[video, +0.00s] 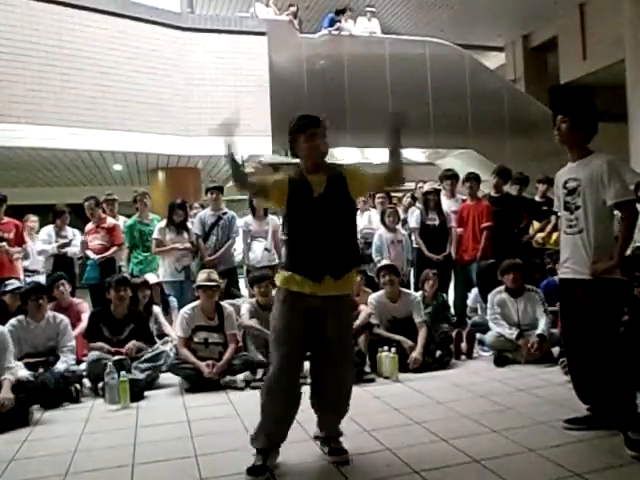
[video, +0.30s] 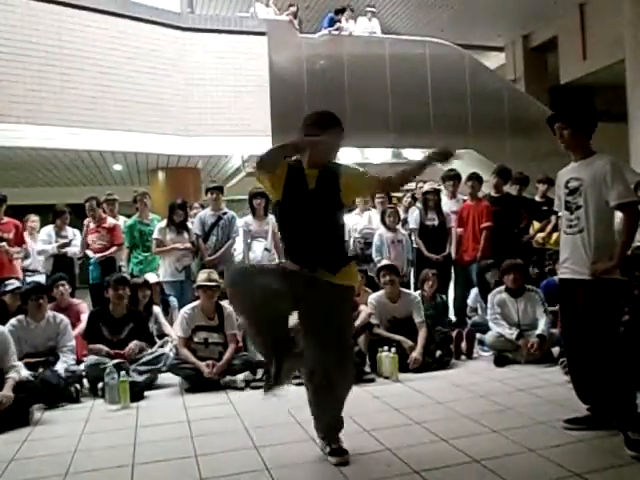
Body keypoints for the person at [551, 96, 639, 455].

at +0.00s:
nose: (557, 130)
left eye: (563, 124)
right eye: (557, 125)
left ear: (582, 129)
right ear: (562, 132)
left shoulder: (604, 165)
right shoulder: (562, 175)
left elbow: (628, 213)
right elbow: (563, 221)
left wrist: (616, 259)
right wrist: (561, 257)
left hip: (601, 276)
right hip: (571, 276)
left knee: (606, 345)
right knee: (577, 345)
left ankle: (620, 411)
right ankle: (597, 408)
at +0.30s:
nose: (561, 136)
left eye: (565, 130)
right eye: (558, 132)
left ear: (583, 129)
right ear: (558, 136)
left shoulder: (607, 166)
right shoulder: (564, 174)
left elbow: (631, 213)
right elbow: (565, 219)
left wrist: (617, 259)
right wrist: (560, 256)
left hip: (602, 275)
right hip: (570, 275)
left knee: (605, 346)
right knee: (577, 346)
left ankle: (620, 413)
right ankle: (597, 409)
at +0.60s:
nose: (561, 137)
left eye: (565, 130)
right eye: (558, 132)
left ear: (583, 130)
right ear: (557, 136)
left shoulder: (607, 166)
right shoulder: (563, 174)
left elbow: (631, 213)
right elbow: (562, 220)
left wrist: (618, 259)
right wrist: (555, 247)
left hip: (602, 275)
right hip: (570, 274)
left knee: (605, 345)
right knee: (577, 346)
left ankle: (618, 412)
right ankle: (597, 409)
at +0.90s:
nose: (560, 136)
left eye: (564, 129)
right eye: (557, 131)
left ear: (582, 129)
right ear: (557, 136)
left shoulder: (608, 166)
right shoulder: (562, 174)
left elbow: (631, 213)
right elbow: (561, 221)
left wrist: (619, 259)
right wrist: (559, 257)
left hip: (602, 275)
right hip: (570, 274)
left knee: (606, 345)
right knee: (577, 346)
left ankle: (621, 413)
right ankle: (597, 409)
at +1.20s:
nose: (558, 134)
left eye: (562, 127)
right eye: (556, 129)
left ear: (581, 128)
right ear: (558, 134)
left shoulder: (606, 166)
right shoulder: (561, 174)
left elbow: (630, 213)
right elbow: (561, 221)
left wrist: (620, 259)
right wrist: (560, 257)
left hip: (603, 275)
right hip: (571, 274)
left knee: (607, 345)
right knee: (577, 346)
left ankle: (621, 413)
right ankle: (597, 409)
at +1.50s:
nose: (555, 133)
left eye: (560, 127)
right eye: (554, 128)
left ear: (578, 128)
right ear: (560, 133)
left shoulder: (607, 164)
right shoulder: (562, 174)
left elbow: (634, 210)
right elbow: (562, 221)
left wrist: (624, 258)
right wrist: (562, 255)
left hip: (607, 277)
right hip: (574, 277)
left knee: (615, 351)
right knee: (580, 348)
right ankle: (599, 410)